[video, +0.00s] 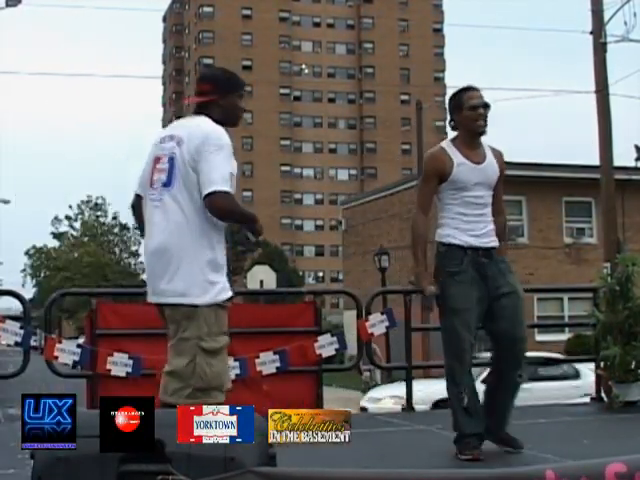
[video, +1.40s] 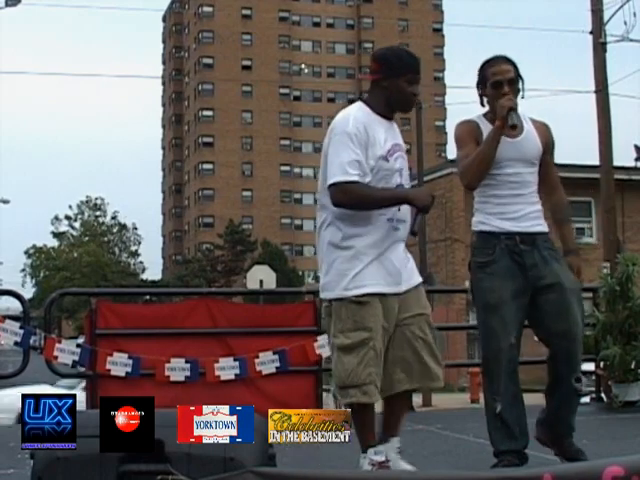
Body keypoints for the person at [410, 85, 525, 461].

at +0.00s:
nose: (482, 113)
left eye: (484, 107)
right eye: (474, 108)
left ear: (488, 113)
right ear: (455, 117)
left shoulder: (494, 158)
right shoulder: (439, 158)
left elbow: (498, 212)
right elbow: (421, 215)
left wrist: (502, 256)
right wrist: (424, 277)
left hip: (492, 260)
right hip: (456, 260)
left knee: (513, 342)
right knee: (460, 349)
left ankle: (494, 425)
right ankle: (467, 435)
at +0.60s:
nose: (533, 101)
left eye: (538, 96)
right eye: (524, 96)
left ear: (544, 104)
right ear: (508, 105)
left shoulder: (550, 155)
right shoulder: (490, 144)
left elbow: (554, 209)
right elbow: (465, 196)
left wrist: (559, 255)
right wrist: (473, 244)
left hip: (543, 258)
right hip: (501, 256)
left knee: (546, 352)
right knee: (500, 342)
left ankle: (546, 443)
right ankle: (477, 423)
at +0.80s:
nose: (536, 100)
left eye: (542, 93)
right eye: (528, 94)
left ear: (552, 99)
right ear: (515, 100)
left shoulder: (566, 147)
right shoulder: (496, 139)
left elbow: (586, 201)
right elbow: (468, 188)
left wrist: (600, 253)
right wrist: (491, 193)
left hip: (548, 256)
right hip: (503, 254)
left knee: (549, 351)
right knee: (502, 348)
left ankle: (546, 443)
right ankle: (495, 442)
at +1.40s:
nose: (506, 90)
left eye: (511, 83)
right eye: (497, 85)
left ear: (520, 86)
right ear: (481, 92)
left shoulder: (540, 131)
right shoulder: (470, 129)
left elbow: (553, 192)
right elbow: (469, 179)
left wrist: (570, 250)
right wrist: (497, 129)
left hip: (541, 249)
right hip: (493, 251)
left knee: (570, 337)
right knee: (500, 350)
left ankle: (556, 427)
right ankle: (509, 449)